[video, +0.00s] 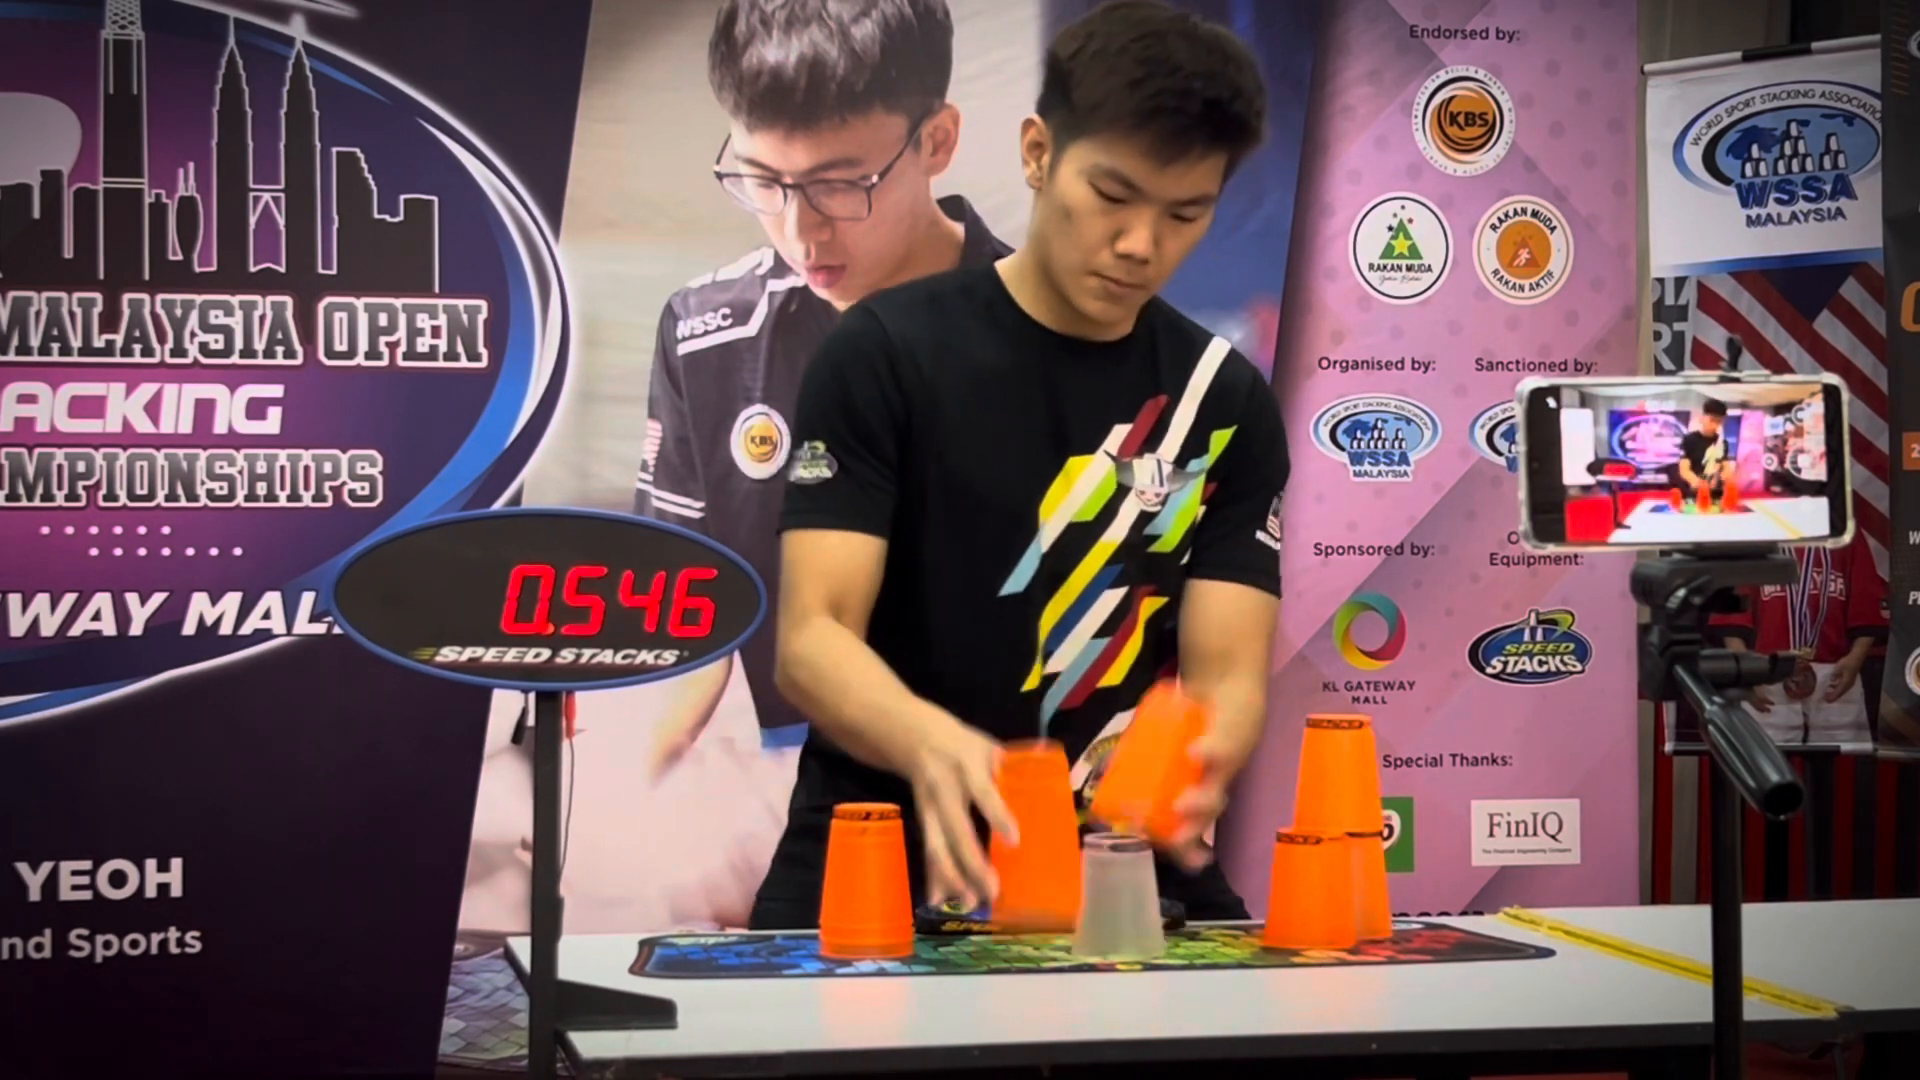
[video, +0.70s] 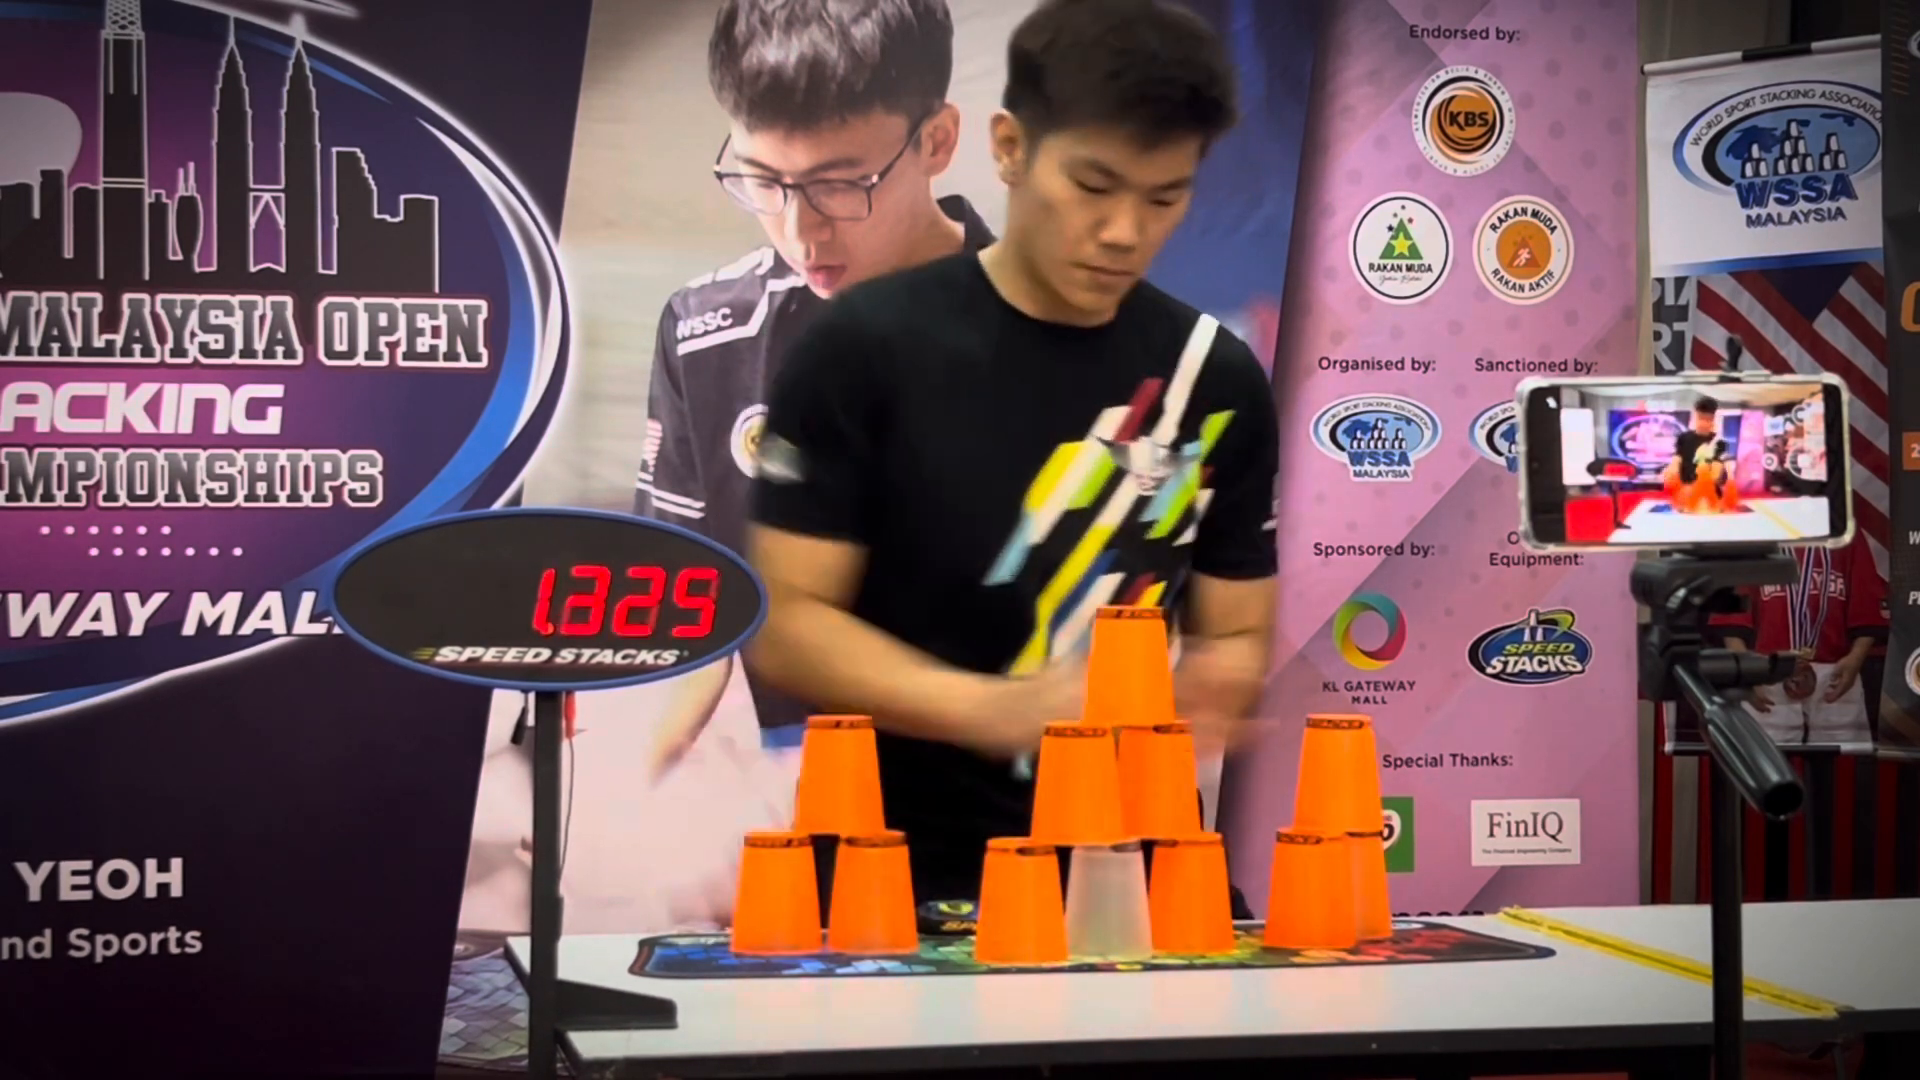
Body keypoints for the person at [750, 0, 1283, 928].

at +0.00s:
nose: (1139, 246)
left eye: (1184, 211)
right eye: (1111, 192)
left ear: (1217, 198)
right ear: (1037, 155)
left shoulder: (1229, 405)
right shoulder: (885, 353)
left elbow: (1227, 673)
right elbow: (812, 635)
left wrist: (1184, 763)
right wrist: (927, 745)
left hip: (1116, 892)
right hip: (874, 885)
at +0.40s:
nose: (1089, 235)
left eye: (1136, 204)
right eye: (1062, 183)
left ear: (1182, 194)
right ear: (1002, 146)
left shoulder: (1216, 396)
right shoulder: (856, 351)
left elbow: (1218, 686)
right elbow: (765, 608)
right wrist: (811, 709)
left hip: (1094, 894)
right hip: (867, 877)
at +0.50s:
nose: (1050, 228)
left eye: (1099, 196)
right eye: (1025, 176)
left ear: (1150, 187)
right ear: (969, 140)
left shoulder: (1189, 394)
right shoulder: (826, 346)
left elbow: (1181, 697)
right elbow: (740, 593)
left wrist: (1007, 749)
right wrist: (746, 679)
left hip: (1073, 895)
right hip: (841, 882)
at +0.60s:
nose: (801, 233)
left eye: (842, 183)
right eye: (763, 179)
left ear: (940, 143)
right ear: (734, 139)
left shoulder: (1029, 311)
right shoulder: (701, 331)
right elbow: (680, 574)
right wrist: (711, 706)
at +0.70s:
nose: (801, 236)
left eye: (843, 183)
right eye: (764, 181)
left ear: (938, 144)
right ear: (733, 144)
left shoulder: (1033, 315)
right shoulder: (702, 331)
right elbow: (673, 566)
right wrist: (699, 653)